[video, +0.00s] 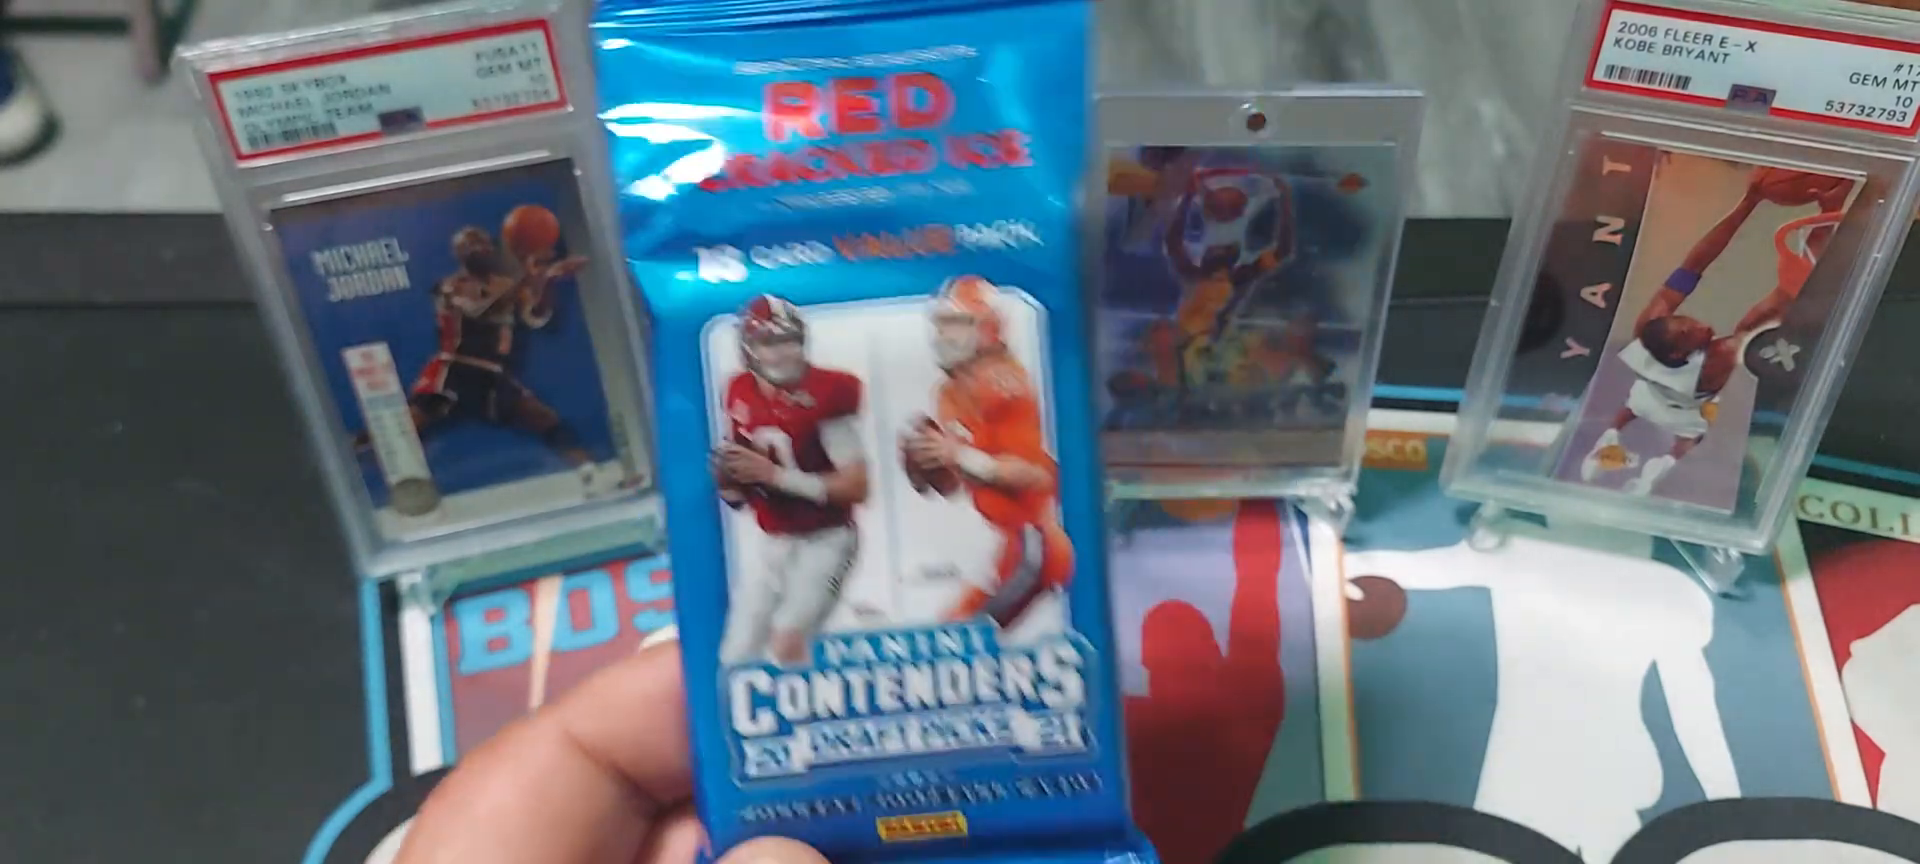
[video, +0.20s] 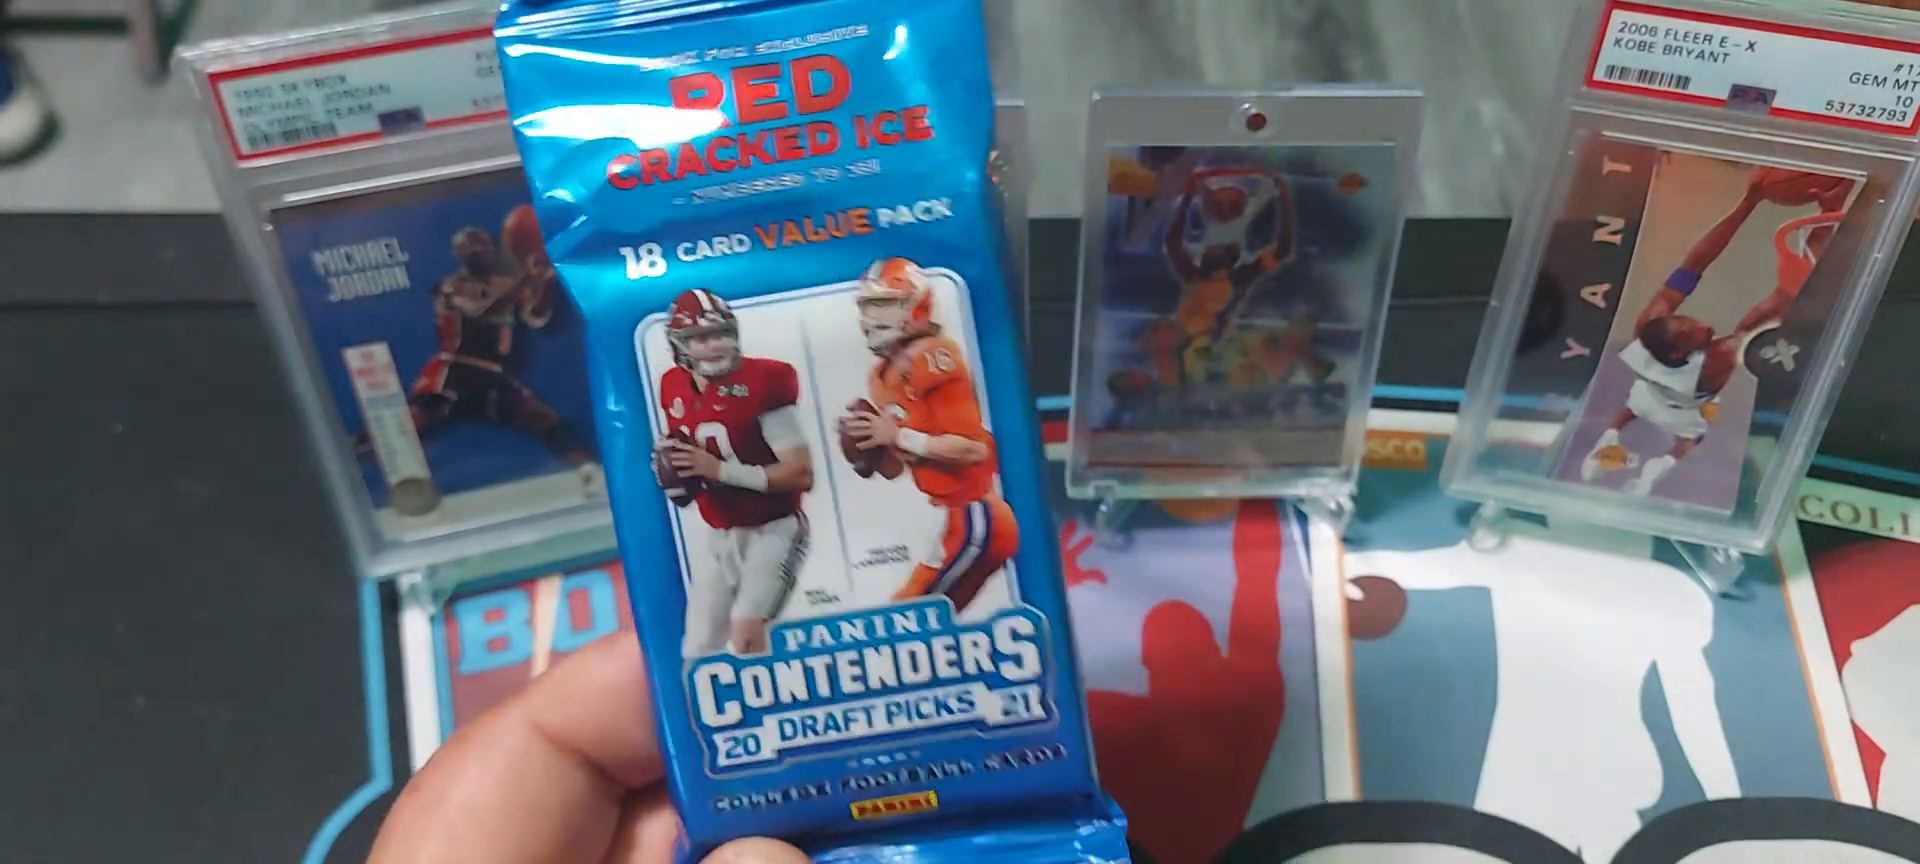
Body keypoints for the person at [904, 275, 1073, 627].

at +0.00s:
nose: (943, 335)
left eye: (955, 323)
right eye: (940, 324)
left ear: (984, 329)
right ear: (935, 328)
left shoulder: (1004, 382)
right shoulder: (953, 390)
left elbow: (1035, 474)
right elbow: (950, 483)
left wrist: (958, 454)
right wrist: (920, 461)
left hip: (1034, 540)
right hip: (1009, 536)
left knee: (955, 635)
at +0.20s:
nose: (873, 317)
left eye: (885, 304)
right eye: (867, 306)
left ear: (915, 308)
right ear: (859, 311)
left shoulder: (933, 357)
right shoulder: (881, 373)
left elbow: (974, 449)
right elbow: (893, 467)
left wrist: (896, 435)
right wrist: (864, 450)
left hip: (978, 519)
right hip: (956, 518)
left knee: (902, 623)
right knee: (917, 628)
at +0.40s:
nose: (988, 383)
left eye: (1002, 373)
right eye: (982, 372)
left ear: (1034, 377)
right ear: (974, 375)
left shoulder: (1047, 430)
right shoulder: (987, 444)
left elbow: (1078, 529)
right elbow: (990, 541)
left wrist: (999, 509)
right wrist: (962, 515)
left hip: (1073, 600)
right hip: (1054, 599)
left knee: (980, 698)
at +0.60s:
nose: (1027, 423)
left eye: (1041, 413)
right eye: (1023, 411)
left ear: (1072, 419)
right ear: (1014, 414)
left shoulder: (1083, 475)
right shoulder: (1019, 484)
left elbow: (1102, 575)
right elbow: (1014, 580)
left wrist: (1027, 549)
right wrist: (988, 551)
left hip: (1093, 649)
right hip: (1067, 646)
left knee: (986, 737)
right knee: (995, 743)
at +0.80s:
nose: (1005, 433)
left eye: (1018, 424)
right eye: (1000, 422)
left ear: (1050, 429)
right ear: (992, 424)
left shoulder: (1061, 484)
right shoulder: (998, 491)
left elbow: (1079, 582)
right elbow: (994, 587)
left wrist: (1006, 556)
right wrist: (967, 559)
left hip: (1071, 654)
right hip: (1047, 650)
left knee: (968, 741)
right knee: (973, 745)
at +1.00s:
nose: (977, 490)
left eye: (991, 480)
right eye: (972, 479)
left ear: (1023, 485)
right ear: (964, 483)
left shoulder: (1040, 541)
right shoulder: (973, 547)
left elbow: (1059, 635)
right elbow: (972, 637)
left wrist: (983, 608)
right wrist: (943, 611)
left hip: (1052, 704)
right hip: (1028, 700)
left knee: (948, 782)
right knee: (957, 788)